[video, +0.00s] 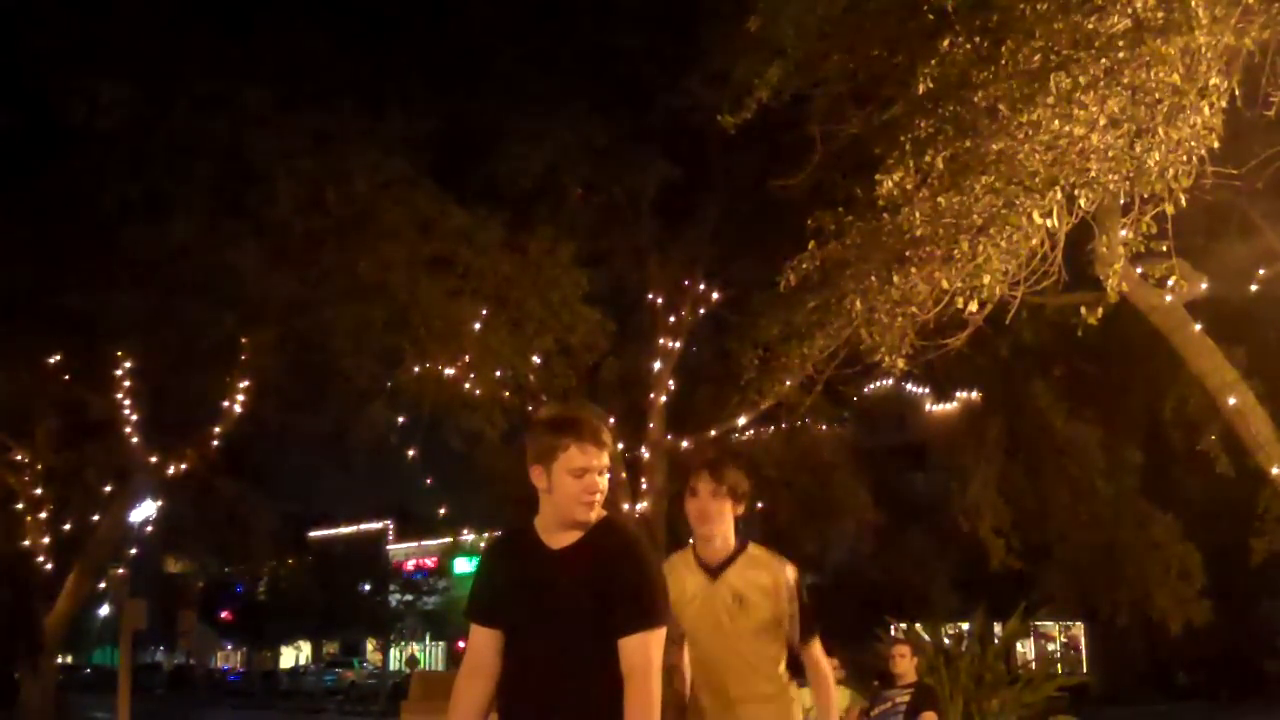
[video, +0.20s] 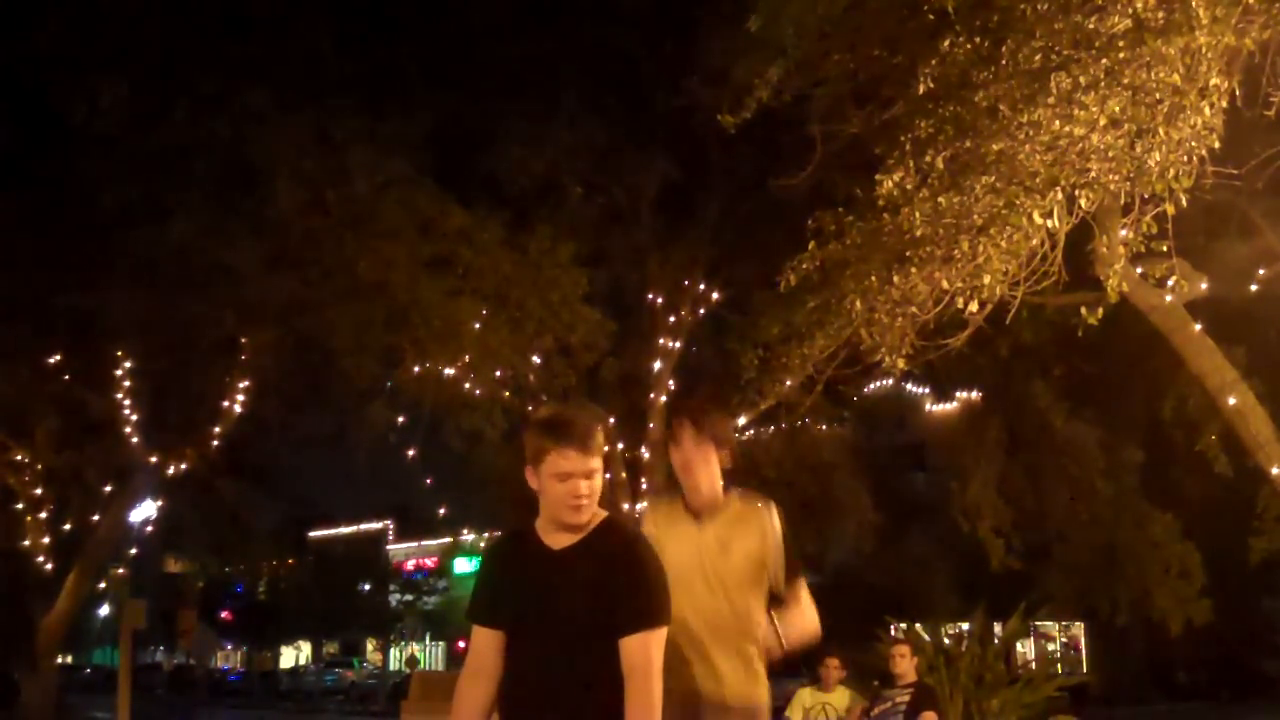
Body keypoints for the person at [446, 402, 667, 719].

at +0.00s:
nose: (597, 486)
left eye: (602, 472)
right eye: (579, 474)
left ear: (610, 472)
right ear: (539, 477)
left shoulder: (625, 552)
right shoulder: (504, 555)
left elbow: (642, 679)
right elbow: (478, 671)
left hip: (603, 710)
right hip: (520, 711)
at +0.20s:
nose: (581, 490)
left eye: (590, 475)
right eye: (564, 478)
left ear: (603, 473)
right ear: (533, 478)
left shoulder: (629, 554)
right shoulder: (506, 556)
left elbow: (643, 681)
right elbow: (479, 673)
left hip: (606, 711)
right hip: (523, 710)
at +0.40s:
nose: (544, 497)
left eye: (560, 482)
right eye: (533, 483)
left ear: (593, 475)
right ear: (521, 477)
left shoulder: (629, 553)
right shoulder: (509, 554)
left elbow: (646, 684)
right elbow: (481, 672)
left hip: (606, 711)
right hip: (523, 711)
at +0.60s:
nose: (532, 500)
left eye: (547, 485)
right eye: (521, 486)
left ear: (582, 476)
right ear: (510, 482)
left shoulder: (620, 552)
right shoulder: (502, 556)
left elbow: (652, 681)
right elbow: (483, 674)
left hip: (607, 713)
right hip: (523, 712)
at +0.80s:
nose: (527, 506)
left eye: (544, 492)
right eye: (517, 492)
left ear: (579, 485)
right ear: (507, 488)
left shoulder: (622, 553)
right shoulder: (498, 559)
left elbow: (648, 685)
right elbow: (482, 677)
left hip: (606, 711)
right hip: (522, 712)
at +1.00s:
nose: (520, 504)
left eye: (537, 489)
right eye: (510, 490)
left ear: (575, 483)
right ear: (501, 486)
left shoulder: (620, 565)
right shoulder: (492, 555)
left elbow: (648, 690)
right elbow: (479, 662)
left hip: (604, 713)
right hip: (521, 712)